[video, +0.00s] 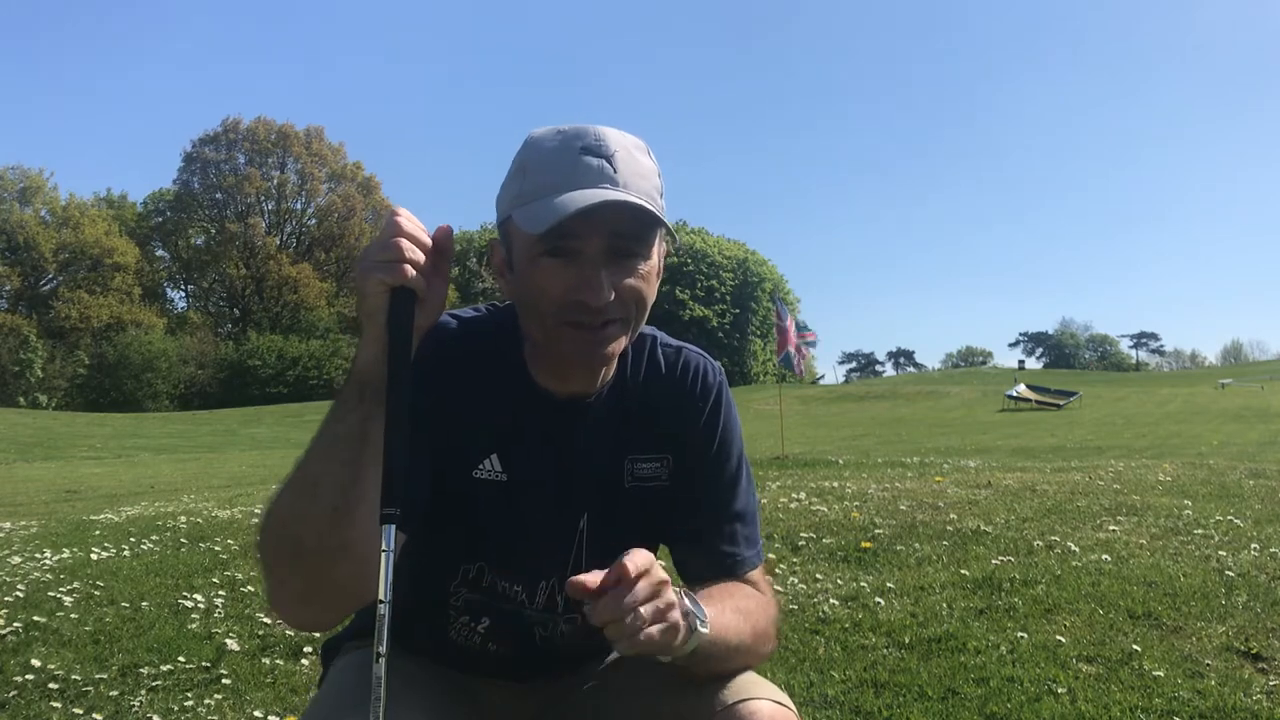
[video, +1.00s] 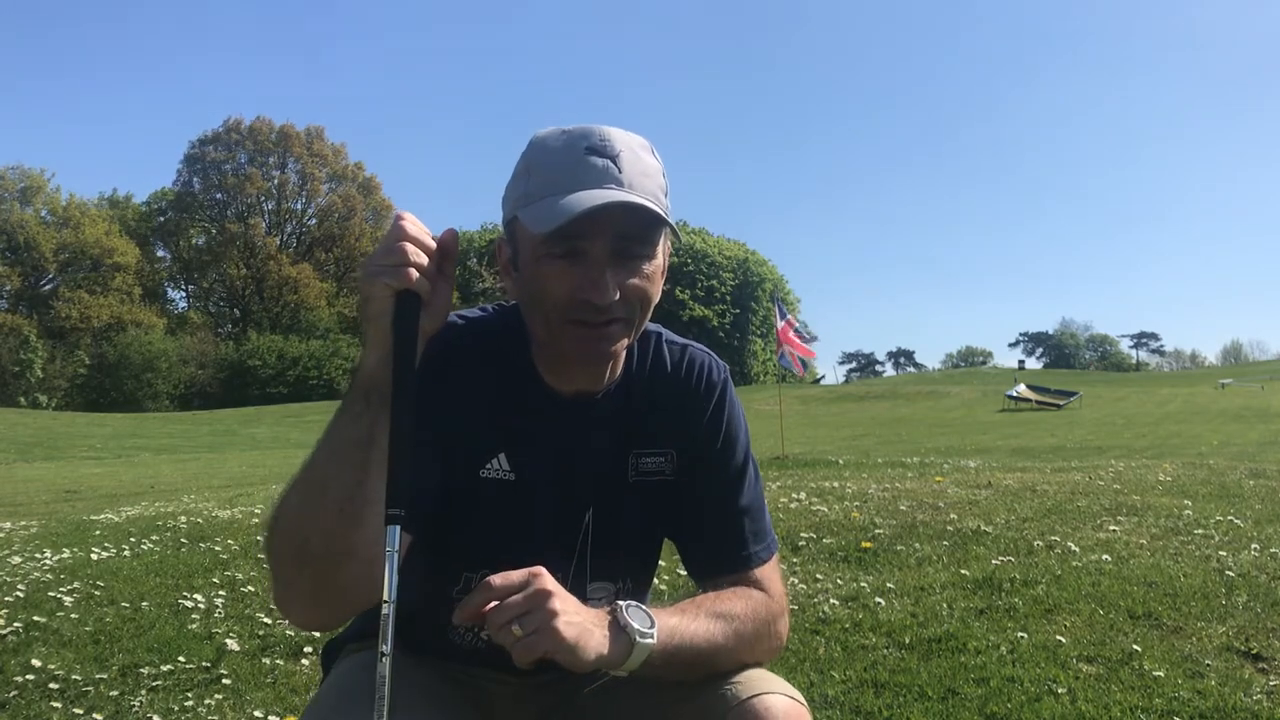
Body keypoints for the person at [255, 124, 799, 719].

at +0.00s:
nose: (597, 291)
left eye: (626, 252)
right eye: (560, 252)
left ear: (660, 263)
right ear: (501, 263)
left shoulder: (688, 388)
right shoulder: (430, 362)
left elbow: (752, 612)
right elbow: (302, 601)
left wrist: (685, 621)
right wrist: (377, 357)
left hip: (607, 666)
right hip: (430, 666)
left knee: (762, 712)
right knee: (348, 708)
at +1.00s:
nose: (602, 289)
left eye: (631, 252)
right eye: (566, 251)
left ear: (664, 266)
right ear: (507, 261)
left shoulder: (692, 385)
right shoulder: (438, 363)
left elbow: (761, 615)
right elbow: (309, 601)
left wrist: (611, 633)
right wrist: (380, 366)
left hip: (604, 670)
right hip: (434, 663)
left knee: (774, 708)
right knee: (354, 701)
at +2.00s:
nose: (617, 289)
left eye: (647, 251)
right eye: (584, 248)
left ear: (679, 268)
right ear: (525, 259)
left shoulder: (701, 390)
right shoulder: (451, 364)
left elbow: (769, 615)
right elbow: (314, 600)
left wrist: (636, 637)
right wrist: (388, 364)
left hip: (608, 672)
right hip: (436, 665)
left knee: (777, 708)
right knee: (357, 707)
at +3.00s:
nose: (606, 289)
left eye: (637, 254)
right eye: (574, 249)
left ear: (673, 275)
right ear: (520, 259)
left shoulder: (696, 391)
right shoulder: (443, 367)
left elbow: (769, 610)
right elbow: (310, 603)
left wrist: (655, 653)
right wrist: (388, 364)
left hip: (611, 672)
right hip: (434, 667)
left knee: (778, 711)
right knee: (354, 715)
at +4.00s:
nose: (600, 302)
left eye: (630, 270)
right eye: (568, 266)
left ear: (665, 280)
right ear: (511, 267)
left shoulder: (689, 391)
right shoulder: (437, 371)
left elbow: (764, 604)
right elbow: (310, 608)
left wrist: (676, 645)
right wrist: (382, 370)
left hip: (612, 670)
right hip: (432, 668)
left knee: (778, 709)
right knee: (344, 711)